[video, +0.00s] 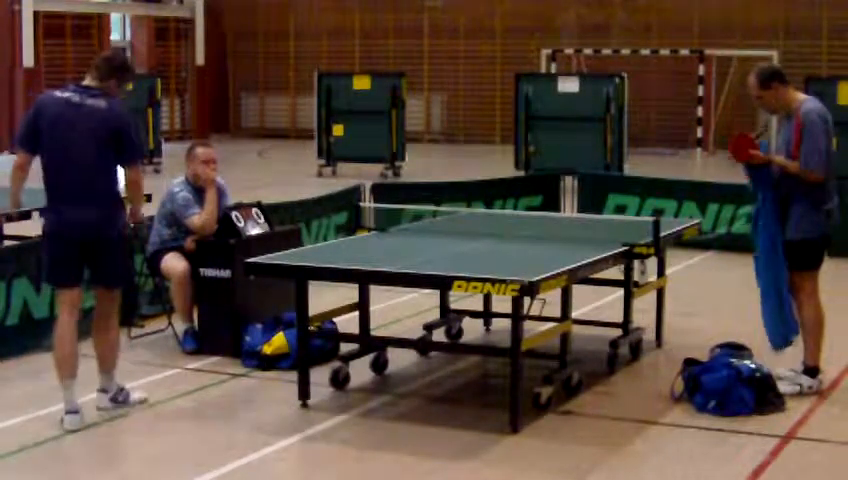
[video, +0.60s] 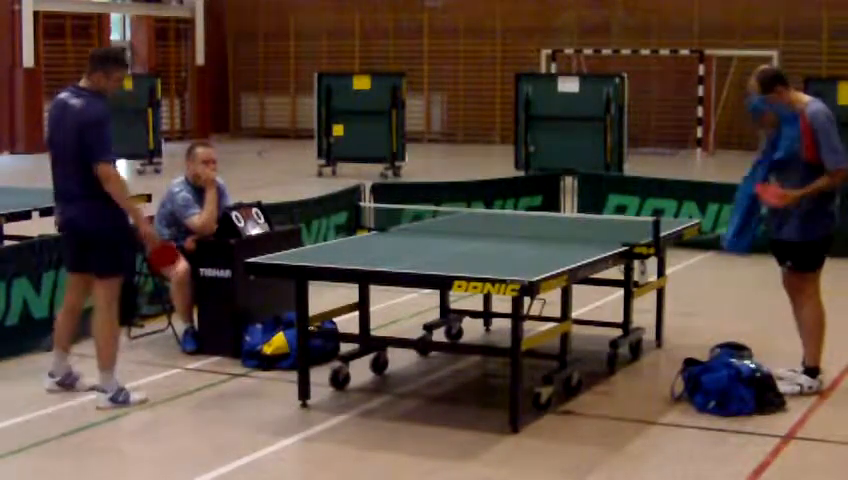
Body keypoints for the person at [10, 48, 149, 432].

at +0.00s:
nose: (122, 91)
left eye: (123, 86)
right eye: (124, 86)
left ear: (91, 70)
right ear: (117, 82)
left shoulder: (48, 104)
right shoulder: (115, 114)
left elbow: (21, 163)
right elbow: (134, 174)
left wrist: (14, 205)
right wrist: (136, 212)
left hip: (61, 222)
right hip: (106, 223)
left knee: (66, 308)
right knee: (107, 307)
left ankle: (70, 406)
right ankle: (108, 388)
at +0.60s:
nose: (120, 86)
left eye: (121, 80)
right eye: (117, 79)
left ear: (90, 72)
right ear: (102, 75)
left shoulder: (60, 103)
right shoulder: (96, 111)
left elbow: (60, 159)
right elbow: (106, 172)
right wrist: (137, 215)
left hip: (71, 215)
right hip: (102, 217)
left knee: (75, 293)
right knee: (107, 299)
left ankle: (59, 370)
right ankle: (110, 385)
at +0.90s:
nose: (99, 82)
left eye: (101, 76)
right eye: (94, 76)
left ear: (94, 78)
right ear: (74, 73)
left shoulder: (82, 108)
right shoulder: (59, 109)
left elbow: (85, 164)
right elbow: (46, 166)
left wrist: (101, 202)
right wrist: (82, 209)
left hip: (84, 208)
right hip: (79, 213)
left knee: (66, 284)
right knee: (100, 290)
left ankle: (58, 369)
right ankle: (106, 380)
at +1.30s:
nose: (73, 78)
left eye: (75, 72)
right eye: (66, 72)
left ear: (75, 75)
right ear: (45, 75)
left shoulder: (79, 110)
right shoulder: (25, 112)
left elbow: (92, 161)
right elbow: (6, 163)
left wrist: (106, 207)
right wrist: (30, 203)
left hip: (76, 212)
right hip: (47, 213)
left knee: (64, 285)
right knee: (55, 286)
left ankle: (60, 369)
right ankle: (52, 381)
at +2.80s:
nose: (102, 72)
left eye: (102, 65)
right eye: (96, 64)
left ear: (88, 68)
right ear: (73, 64)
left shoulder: (99, 112)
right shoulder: (36, 114)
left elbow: (110, 163)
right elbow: (22, 174)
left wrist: (121, 179)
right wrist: (64, 201)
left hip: (98, 228)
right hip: (58, 232)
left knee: (92, 308)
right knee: (59, 307)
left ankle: (80, 406)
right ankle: (36, 380)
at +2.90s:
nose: (109, 70)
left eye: (109, 64)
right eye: (103, 62)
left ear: (98, 66)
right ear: (80, 63)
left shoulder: (104, 109)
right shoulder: (49, 111)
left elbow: (118, 160)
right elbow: (48, 177)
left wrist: (121, 166)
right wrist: (110, 187)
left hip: (106, 227)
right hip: (70, 231)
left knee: (96, 312)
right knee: (79, 312)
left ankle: (81, 405)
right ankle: (55, 401)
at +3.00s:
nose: (114, 72)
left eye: (114, 64)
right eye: (109, 63)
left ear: (101, 66)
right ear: (87, 64)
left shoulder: (107, 108)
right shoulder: (61, 114)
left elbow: (130, 166)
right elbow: (71, 177)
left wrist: (123, 153)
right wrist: (134, 175)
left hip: (111, 228)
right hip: (82, 232)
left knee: (100, 317)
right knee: (95, 316)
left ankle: (84, 405)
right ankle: (84, 408)